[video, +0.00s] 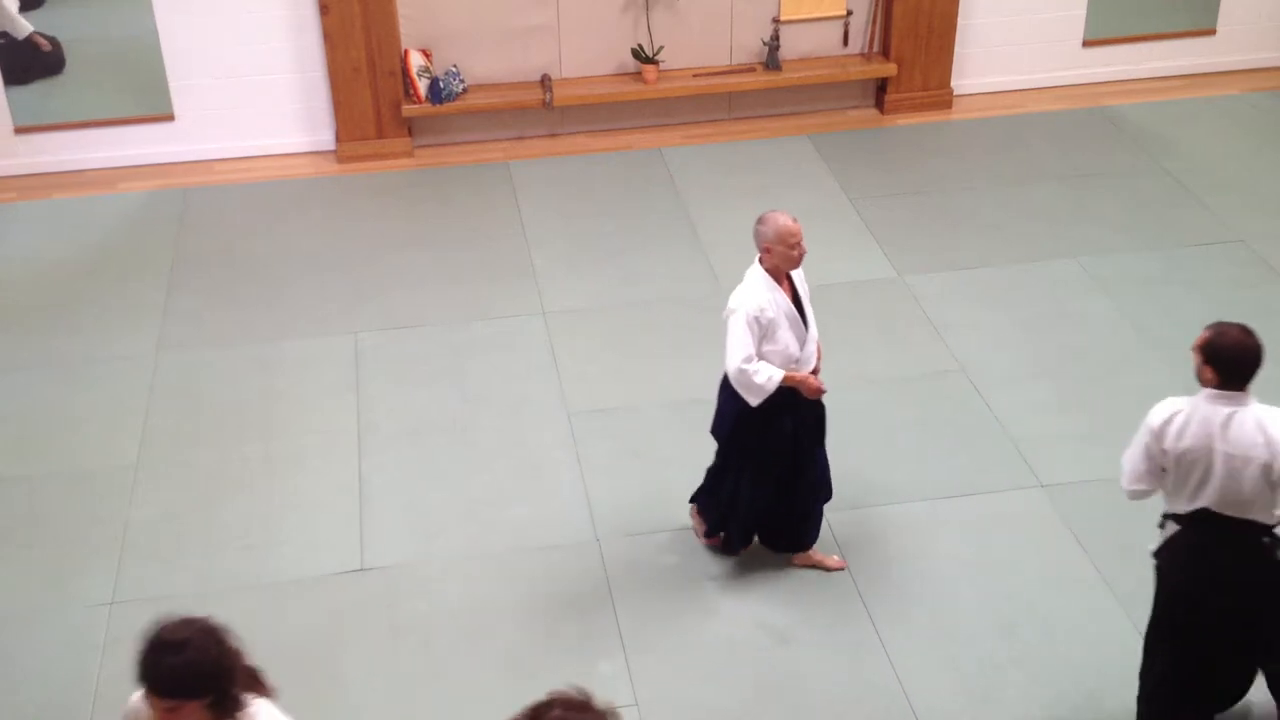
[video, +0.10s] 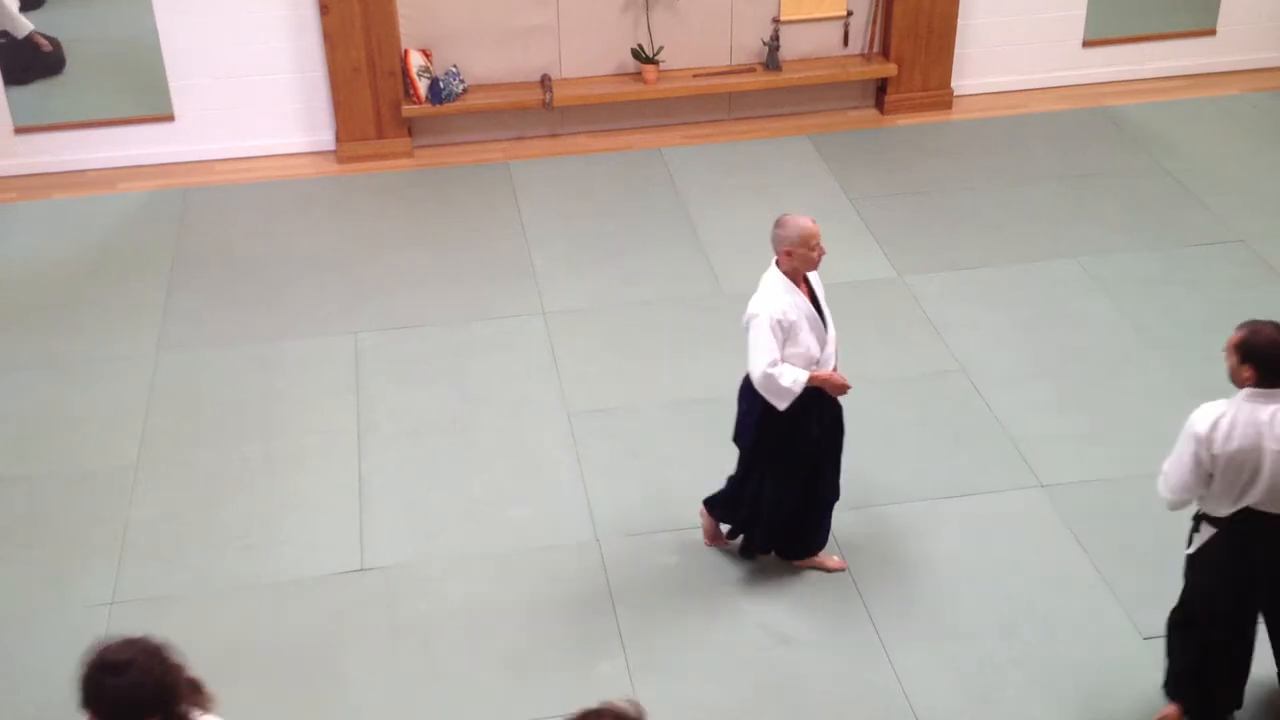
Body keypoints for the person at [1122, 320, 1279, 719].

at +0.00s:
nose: (1192, 354)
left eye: (1197, 352)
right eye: (1196, 348)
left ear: (1210, 372)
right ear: (1250, 369)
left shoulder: (1169, 418)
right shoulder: (1272, 425)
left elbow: (1135, 485)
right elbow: (1276, 496)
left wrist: (1176, 459)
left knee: (1171, 660)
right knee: (1273, 659)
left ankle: (1164, 712)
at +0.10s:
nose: (1225, 358)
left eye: (1230, 354)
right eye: (1228, 351)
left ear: (1248, 371)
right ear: (1266, 367)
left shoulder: (1213, 420)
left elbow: (1174, 492)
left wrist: (1213, 469)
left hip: (1225, 543)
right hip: (1273, 540)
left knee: (1203, 623)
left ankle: (1189, 702)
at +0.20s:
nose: (1248, 340)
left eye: (1254, 335)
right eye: (1251, 333)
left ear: (1274, 350)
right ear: (1276, 350)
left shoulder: (1244, 404)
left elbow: (1203, 483)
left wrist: (1196, 473)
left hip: (1247, 523)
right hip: (1276, 517)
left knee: (1230, 604)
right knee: (1267, 604)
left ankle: (1231, 687)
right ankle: (1247, 680)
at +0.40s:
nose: (1268, 325)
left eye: (1272, 319)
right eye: (1269, 317)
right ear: (1277, 324)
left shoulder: (1268, 386)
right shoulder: (1267, 385)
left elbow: (1249, 455)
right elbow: (1250, 452)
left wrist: (1218, 465)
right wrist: (1226, 463)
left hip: (1267, 501)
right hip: (1272, 495)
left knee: (1251, 563)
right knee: (1265, 563)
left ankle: (1246, 623)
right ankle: (1254, 623)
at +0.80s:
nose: (1260, 287)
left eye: (1267, 281)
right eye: (1261, 279)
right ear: (1268, 283)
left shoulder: (1272, 347)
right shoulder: (1270, 343)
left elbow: (1260, 421)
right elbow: (1260, 411)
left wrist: (1226, 427)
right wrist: (1231, 424)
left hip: (1270, 459)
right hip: (1268, 453)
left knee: (1237, 525)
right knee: (1256, 528)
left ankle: (1234, 603)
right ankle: (1259, 600)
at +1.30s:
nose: (1248, 305)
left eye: (1256, 300)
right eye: (1249, 296)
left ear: (1278, 305)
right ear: (1272, 300)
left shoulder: (1278, 368)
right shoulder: (1271, 326)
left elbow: (1253, 432)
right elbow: (1265, 366)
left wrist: (1187, 426)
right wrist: (1241, 388)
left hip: (1272, 462)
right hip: (1264, 450)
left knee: (1236, 527)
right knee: (1239, 514)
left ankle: (1212, 621)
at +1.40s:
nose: (1230, 312)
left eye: (1239, 310)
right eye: (1232, 305)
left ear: (1271, 320)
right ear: (1269, 318)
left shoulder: (1268, 376)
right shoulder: (1268, 338)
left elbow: (1217, 434)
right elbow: (1258, 380)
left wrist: (1150, 422)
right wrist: (1229, 400)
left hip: (1268, 465)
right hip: (1268, 454)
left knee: (1222, 533)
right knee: (1251, 531)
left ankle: (1207, 621)